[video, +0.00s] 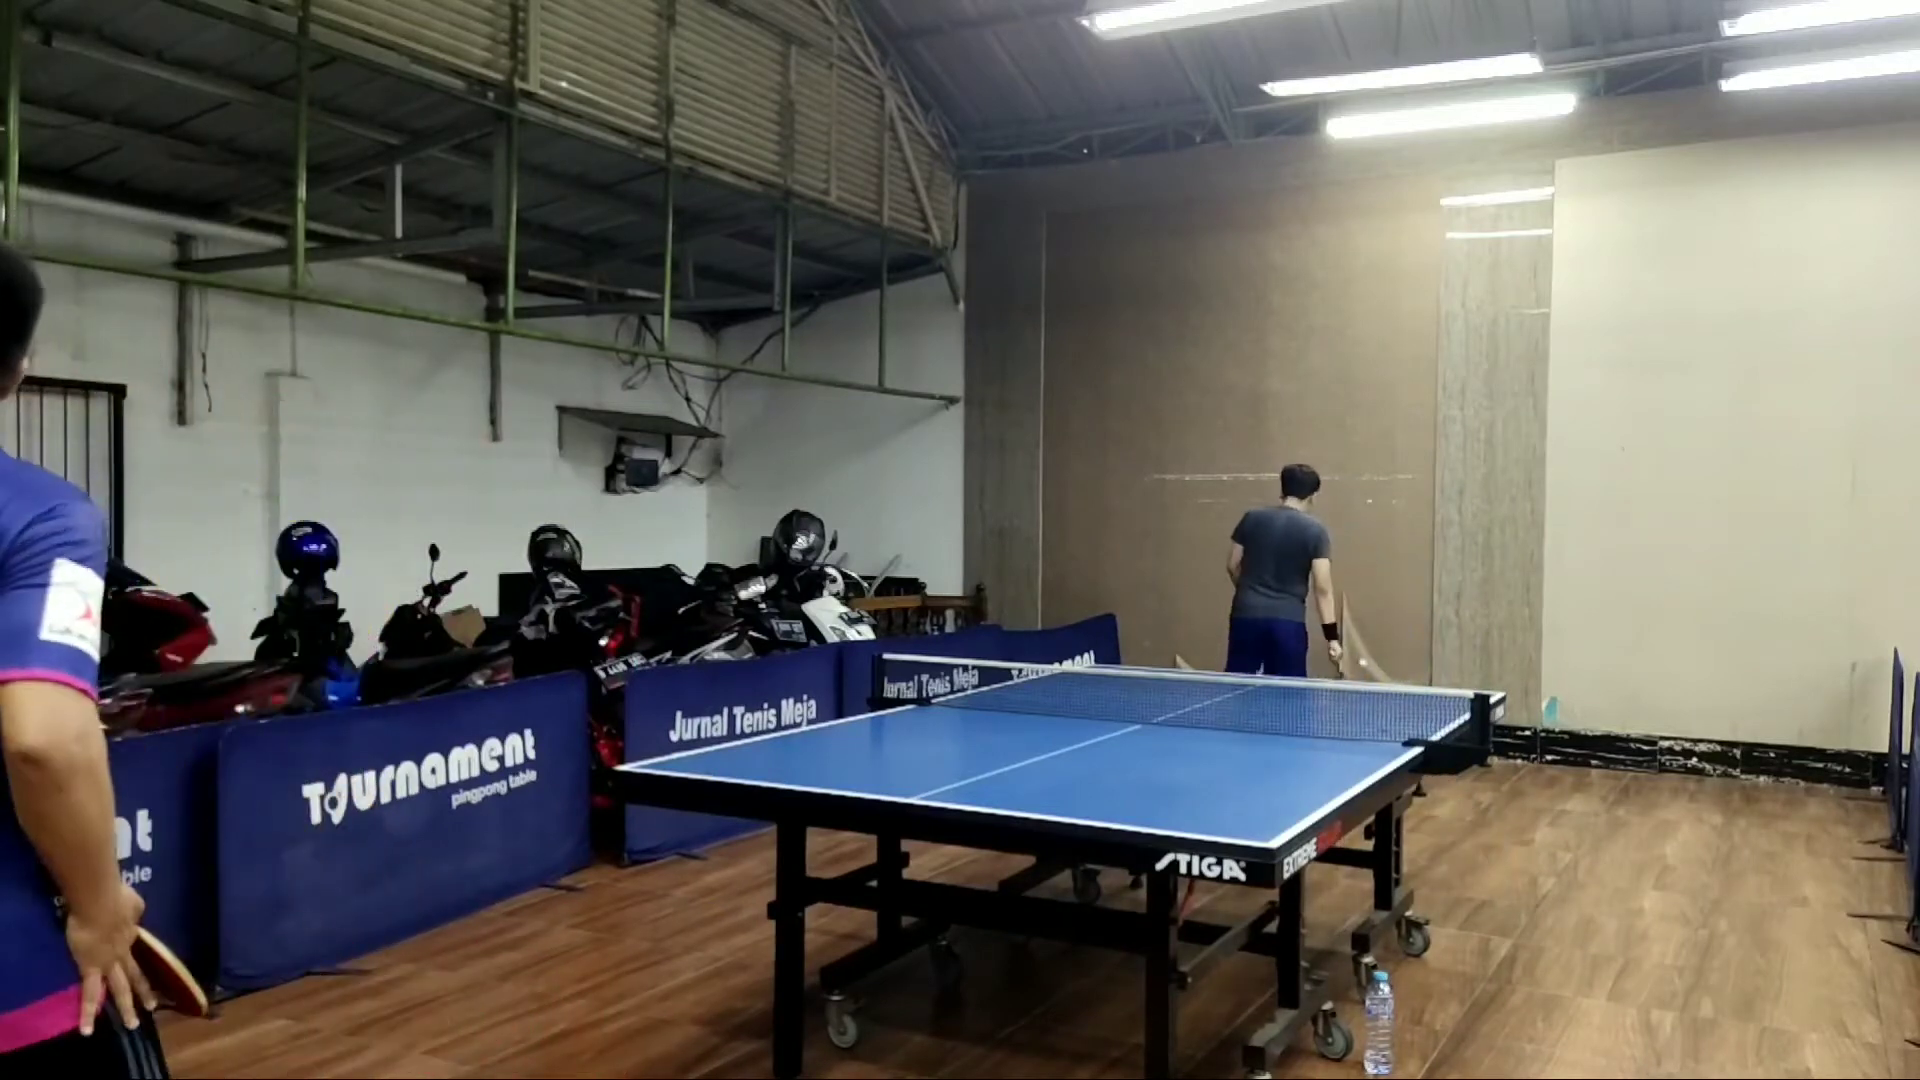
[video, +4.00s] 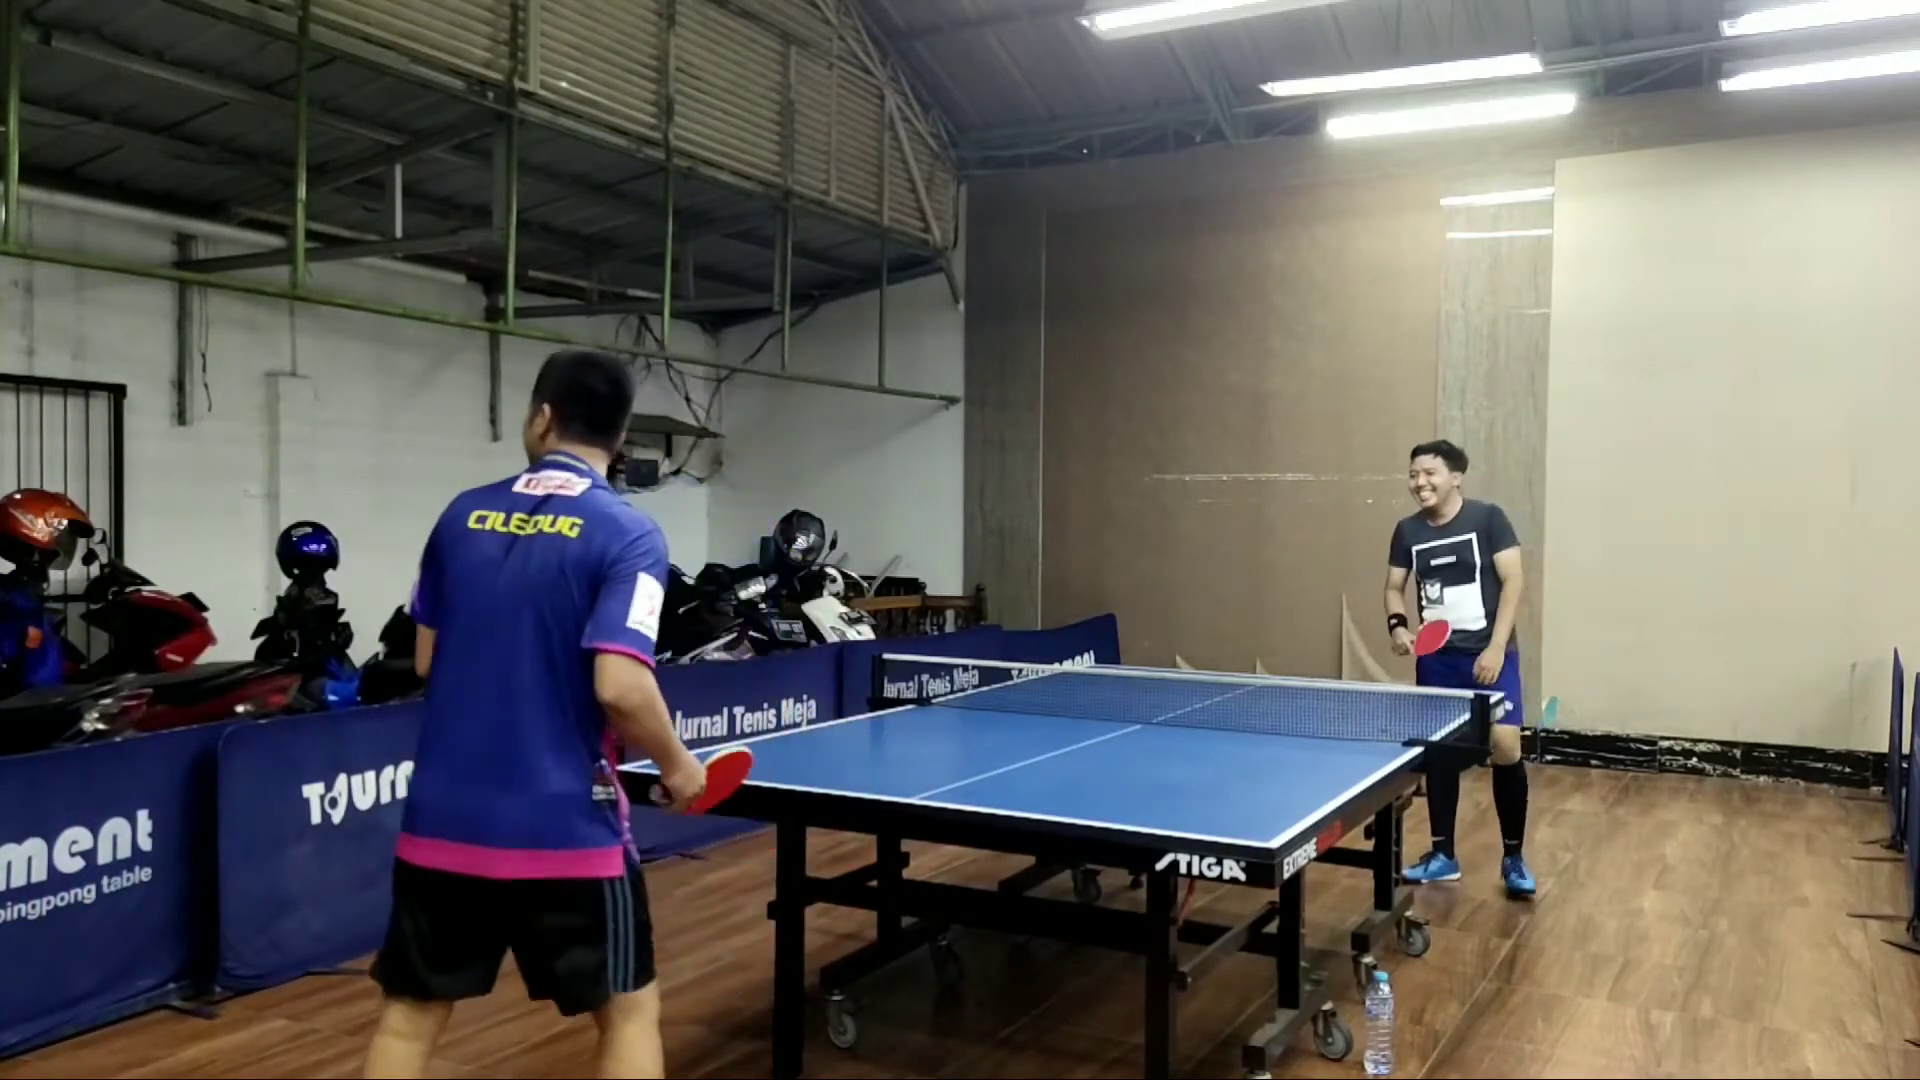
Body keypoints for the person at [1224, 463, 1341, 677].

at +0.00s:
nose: (1314, 500)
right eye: (1314, 495)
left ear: (1283, 489)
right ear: (1311, 496)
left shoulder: (1253, 518)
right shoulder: (1314, 530)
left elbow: (1233, 565)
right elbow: (1323, 589)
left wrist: (1248, 592)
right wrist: (1332, 637)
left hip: (1246, 622)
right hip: (1287, 627)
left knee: (1235, 695)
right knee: (1289, 700)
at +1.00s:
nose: (1233, 546)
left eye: (1233, 538)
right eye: (1231, 539)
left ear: (1248, 534)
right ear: (1266, 530)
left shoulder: (1246, 559)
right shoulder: (1301, 544)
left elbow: (1228, 610)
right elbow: (1338, 584)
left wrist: (1222, 617)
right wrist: (1343, 630)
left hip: (1291, 624)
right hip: (1330, 622)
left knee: (1269, 691)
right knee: (1316, 692)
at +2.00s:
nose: (1407, 492)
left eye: (1416, 486)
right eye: (1403, 486)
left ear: (1434, 492)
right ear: (1398, 491)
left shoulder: (1449, 531)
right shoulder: (1388, 534)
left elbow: (1451, 579)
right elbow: (1371, 579)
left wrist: (1415, 592)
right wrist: (1357, 619)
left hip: (1442, 640)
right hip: (1398, 639)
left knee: (1452, 711)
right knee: (1377, 707)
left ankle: (1449, 791)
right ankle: (1387, 785)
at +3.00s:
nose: (1471, 495)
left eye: (1479, 487)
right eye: (1464, 488)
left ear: (1495, 488)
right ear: (1455, 491)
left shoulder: (1513, 525)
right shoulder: (1438, 535)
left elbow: (1527, 584)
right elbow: (1430, 597)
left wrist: (1530, 643)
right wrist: (1429, 654)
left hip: (1505, 645)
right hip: (1454, 646)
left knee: (1509, 732)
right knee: (1455, 732)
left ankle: (1520, 830)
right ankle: (1466, 821)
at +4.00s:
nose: (1419, 482)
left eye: (1429, 473)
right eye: (1414, 474)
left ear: (1456, 477)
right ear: (1411, 481)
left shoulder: (1488, 518)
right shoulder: (1408, 531)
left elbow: (1514, 581)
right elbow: (1395, 587)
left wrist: (1496, 647)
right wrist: (1398, 626)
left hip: (1491, 654)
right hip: (1437, 660)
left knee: (1504, 744)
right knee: (1440, 751)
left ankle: (1513, 857)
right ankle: (1443, 854)